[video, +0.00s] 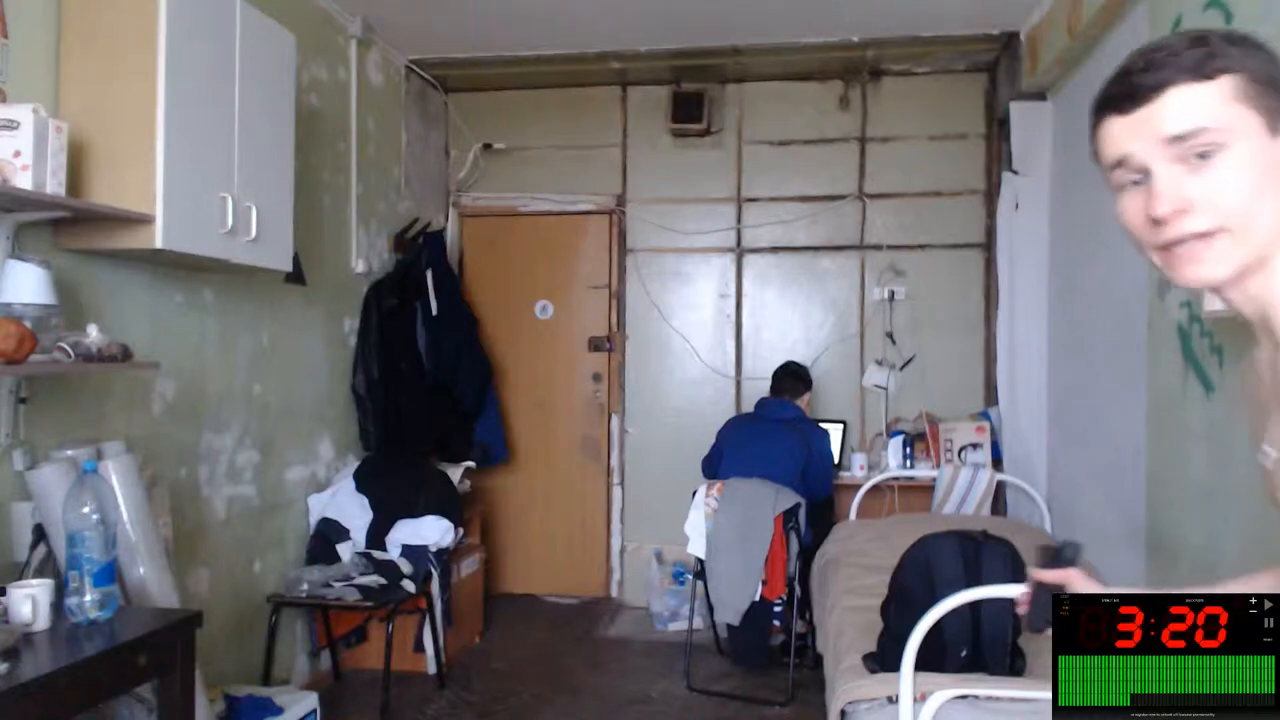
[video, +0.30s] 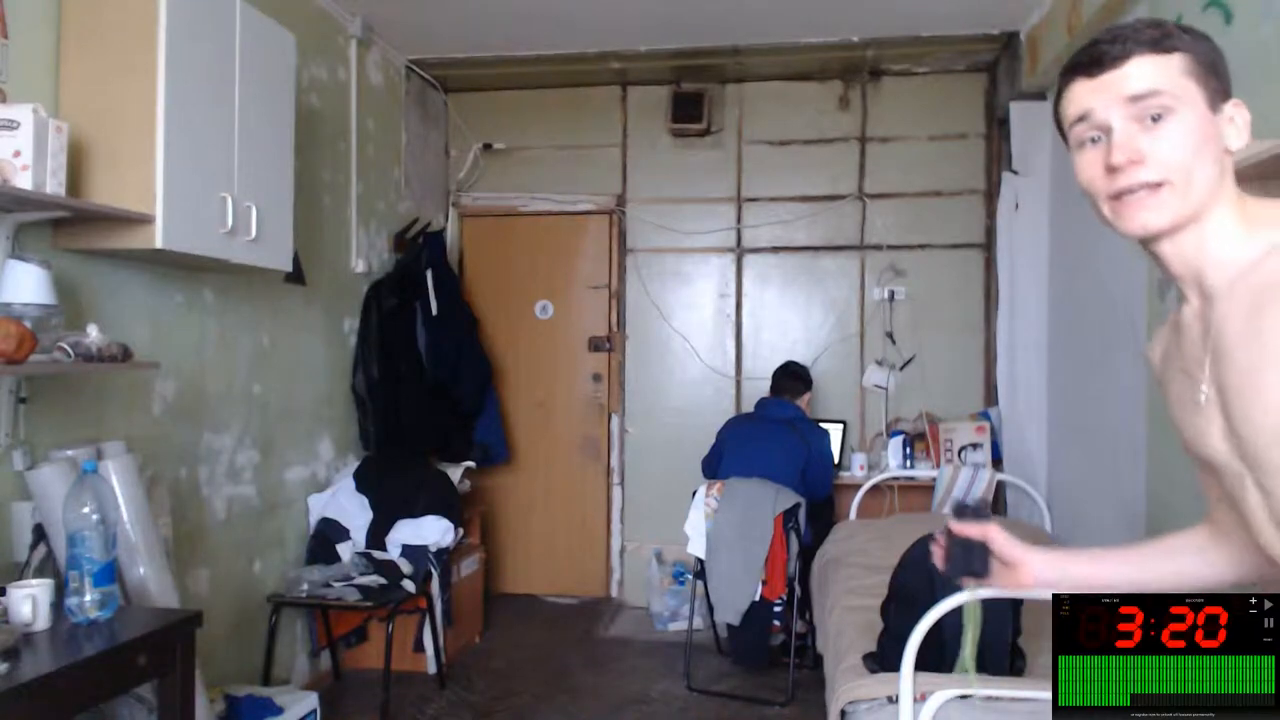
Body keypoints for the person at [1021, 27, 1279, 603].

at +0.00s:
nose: (1161, 205)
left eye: (1201, 155)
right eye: (1130, 179)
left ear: (1279, 144)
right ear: (1116, 204)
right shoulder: (1260, 373)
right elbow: (1278, 582)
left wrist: (1132, 614)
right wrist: (1122, 610)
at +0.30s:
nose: (1119, 156)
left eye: (1153, 116)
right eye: (1090, 137)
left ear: (1234, 126)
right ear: (1076, 169)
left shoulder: (1264, 283)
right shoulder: (1171, 350)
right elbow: (1248, 545)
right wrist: (1040, 569)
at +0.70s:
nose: (1103, 108)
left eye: (1139, 74)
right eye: (1077, 89)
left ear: (1211, 92)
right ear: (1056, 120)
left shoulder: (1267, 221)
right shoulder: (1129, 307)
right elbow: (1151, 513)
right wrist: (971, 480)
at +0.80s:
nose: (1078, 112)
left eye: (1118, 78)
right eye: (1055, 90)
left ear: (1194, 94)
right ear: (1038, 117)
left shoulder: (1255, 240)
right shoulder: (1120, 297)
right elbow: (1129, 511)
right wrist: (962, 483)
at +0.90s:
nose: (1053, 137)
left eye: (1093, 102)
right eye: (1033, 114)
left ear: (1177, 115)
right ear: (1015, 138)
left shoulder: (1219, 281)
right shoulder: (1109, 290)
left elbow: (1272, 558)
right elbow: (1099, 533)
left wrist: (1005, 659)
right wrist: (942, 492)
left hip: (1155, 693)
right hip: (1076, 688)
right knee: (933, 560)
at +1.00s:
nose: (1026, 136)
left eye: (1070, 101)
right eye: (1011, 110)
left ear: (1159, 116)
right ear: (996, 129)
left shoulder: (1162, 300)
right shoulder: (1078, 287)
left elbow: (1142, 579)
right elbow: (1057, 527)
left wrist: (856, 585)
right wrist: (909, 485)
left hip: (1067, 696)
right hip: (1010, 688)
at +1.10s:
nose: (1000, 131)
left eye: (1048, 103)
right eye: (990, 103)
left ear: (1132, 127)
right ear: (972, 117)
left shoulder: (1119, 301)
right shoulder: (1035, 289)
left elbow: (1049, 572)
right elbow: (1006, 504)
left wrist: (801, 505)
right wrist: (877, 479)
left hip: (1015, 676)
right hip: (956, 663)